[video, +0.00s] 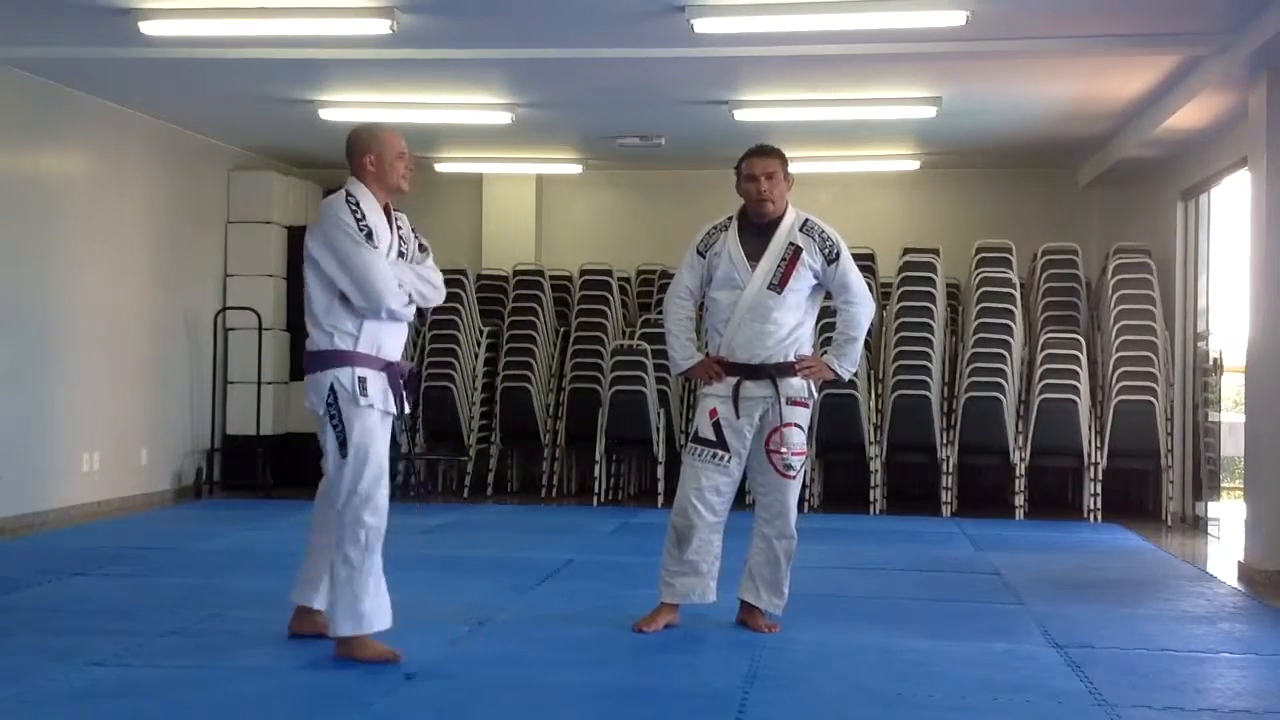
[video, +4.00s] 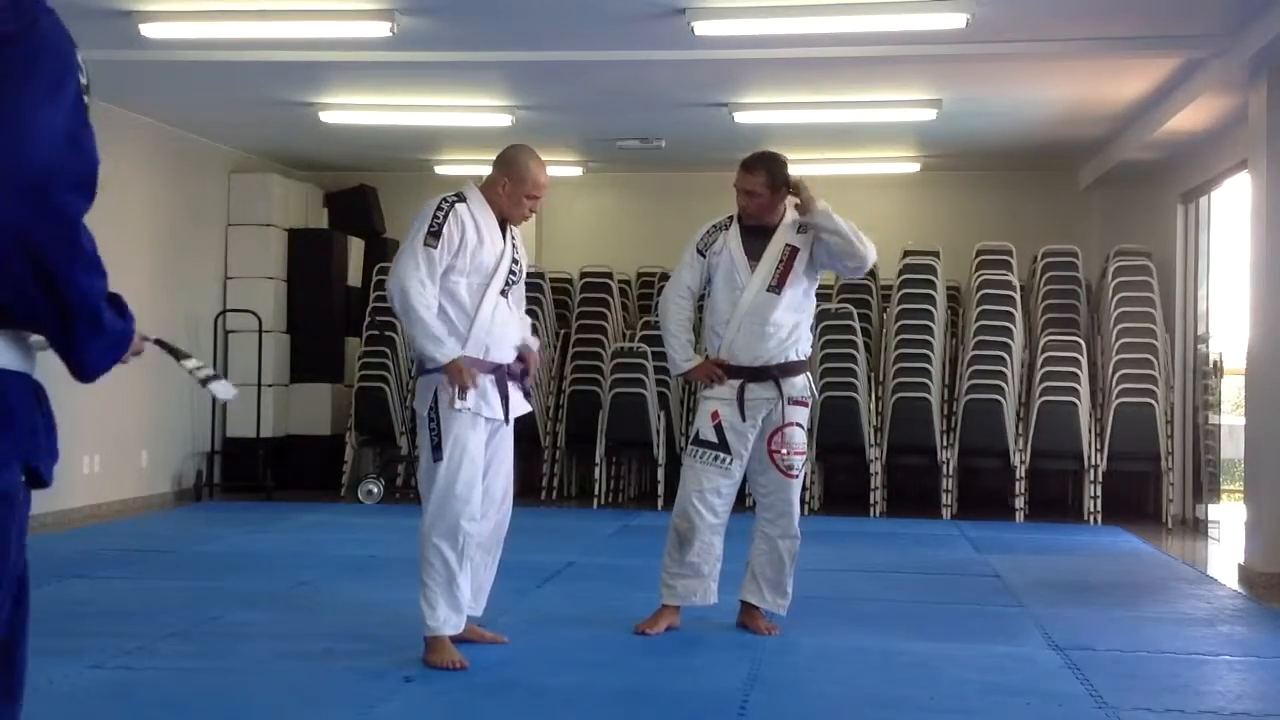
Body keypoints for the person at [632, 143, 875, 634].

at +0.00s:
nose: (761, 187)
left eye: (771, 177)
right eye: (751, 179)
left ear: (788, 183)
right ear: (738, 186)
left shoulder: (818, 240)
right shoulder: (712, 239)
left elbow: (857, 303)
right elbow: (678, 301)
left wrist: (838, 361)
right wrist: (688, 357)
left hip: (787, 390)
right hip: (722, 385)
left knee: (778, 506)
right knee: (695, 499)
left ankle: (756, 605)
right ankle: (670, 602)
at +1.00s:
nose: (767, 191)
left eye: (778, 183)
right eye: (758, 181)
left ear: (794, 189)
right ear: (744, 185)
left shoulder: (818, 244)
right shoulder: (713, 238)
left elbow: (854, 305)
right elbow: (674, 299)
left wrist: (836, 362)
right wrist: (688, 357)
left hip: (788, 391)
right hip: (722, 386)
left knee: (780, 507)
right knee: (696, 500)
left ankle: (756, 605)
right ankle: (672, 603)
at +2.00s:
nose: (750, 208)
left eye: (762, 201)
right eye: (744, 197)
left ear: (783, 200)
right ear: (735, 190)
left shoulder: (801, 236)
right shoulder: (708, 236)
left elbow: (850, 230)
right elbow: (668, 299)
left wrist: (805, 184)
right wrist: (686, 362)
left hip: (783, 387)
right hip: (720, 385)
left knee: (779, 505)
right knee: (693, 500)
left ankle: (755, 604)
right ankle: (671, 604)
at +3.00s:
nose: (750, 195)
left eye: (761, 188)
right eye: (746, 186)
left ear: (787, 193)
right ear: (741, 185)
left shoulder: (809, 236)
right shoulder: (715, 235)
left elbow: (851, 237)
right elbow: (675, 295)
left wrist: (813, 186)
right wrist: (686, 356)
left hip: (786, 386)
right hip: (722, 383)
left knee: (779, 505)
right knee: (695, 500)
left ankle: (755, 606)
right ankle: (672, 604)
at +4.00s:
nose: (741, 201)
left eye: (752, 195)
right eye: (739, 191)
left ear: (781, 197)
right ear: (735, 187)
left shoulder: (808, 236)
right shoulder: (715, 236)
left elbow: (862, 259)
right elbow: (675, 299)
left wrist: (815, 212)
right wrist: (687, 358)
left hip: (786, 388)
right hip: (722, 385)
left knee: (780, 506)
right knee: (696, 502)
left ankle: (755, 606)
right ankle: (672, 604)